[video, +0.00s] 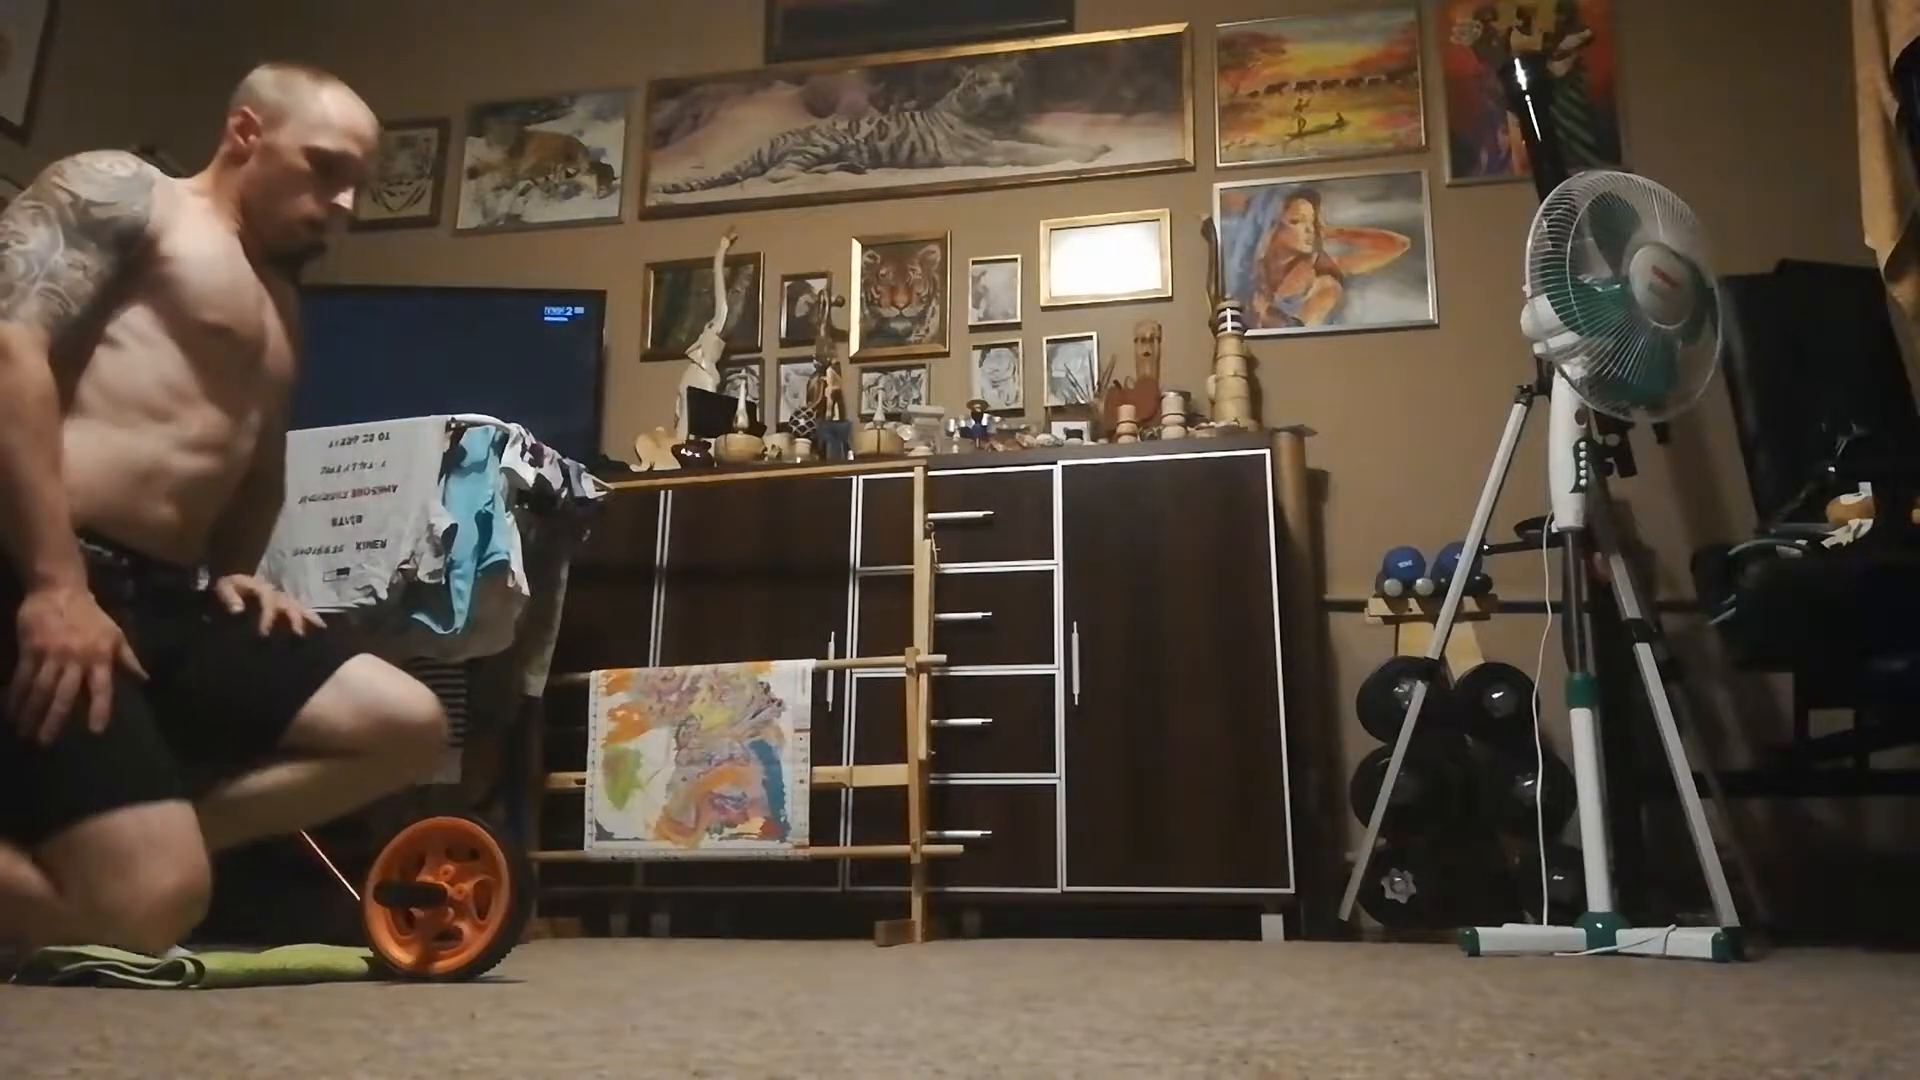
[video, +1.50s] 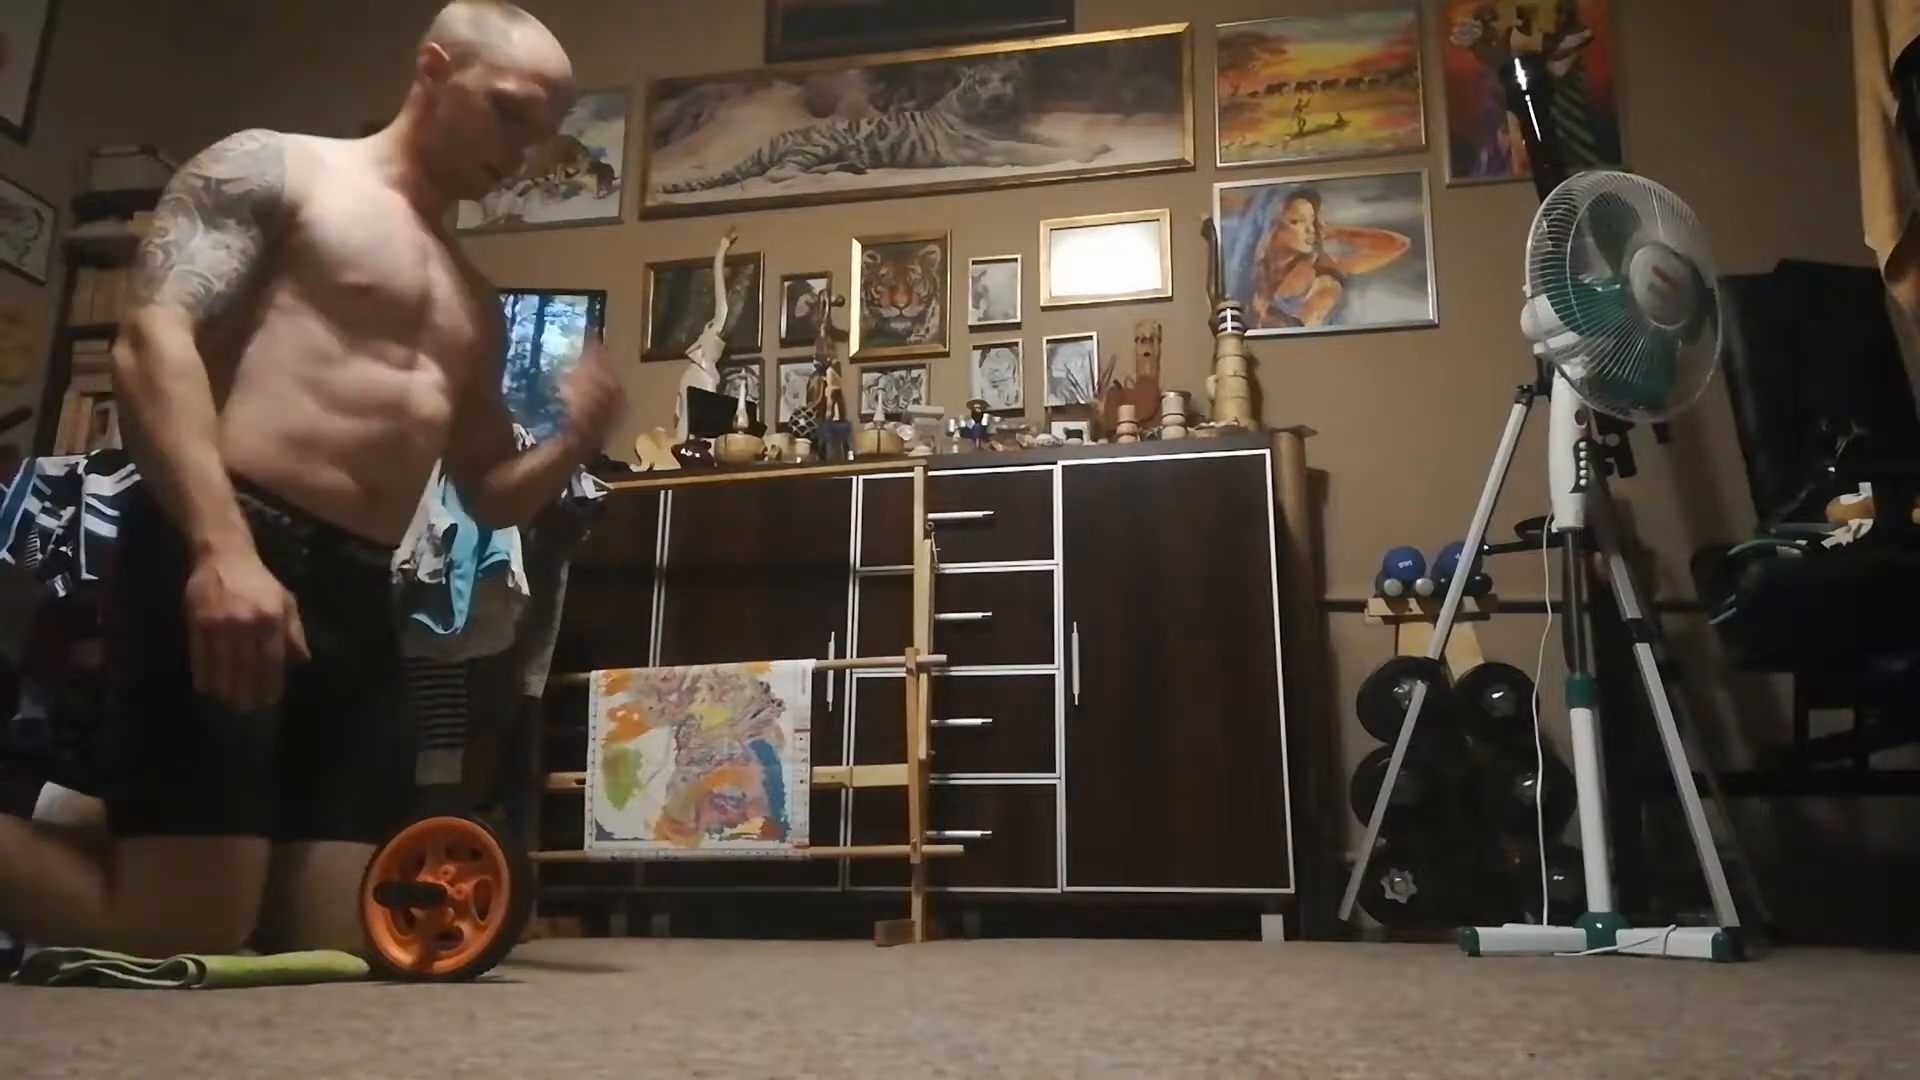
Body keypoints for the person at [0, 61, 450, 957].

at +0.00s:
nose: (345, 206)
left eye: (357, 188)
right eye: (326, 173)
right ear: (244, 136)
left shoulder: (278, 300)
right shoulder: (117, 191)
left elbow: (257, 464)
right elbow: (15, 347)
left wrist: (238, 569)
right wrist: (55, 584)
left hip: (175, 605)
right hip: (54, 583)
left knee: (404, 730)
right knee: (145, 903)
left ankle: (117, 851)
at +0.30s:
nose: (344, 107)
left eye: (357, 83)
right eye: (322, 67)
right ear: (235, 25)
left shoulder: (282, 238)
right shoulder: (90, 136)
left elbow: (255, 409)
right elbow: (11, 339)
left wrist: (301, 535)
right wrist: (64, 590)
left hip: (229, 563)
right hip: (99, 548)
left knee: (437, 735)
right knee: (152, 920)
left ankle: (163, 834)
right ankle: (18, 880)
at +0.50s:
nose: (341, 50)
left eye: (346, 26)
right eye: (325, 16)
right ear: (237, 7)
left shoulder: (305, 201)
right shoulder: (78, 109)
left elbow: (308, 393)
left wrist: (389, 540)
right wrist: (22, 577)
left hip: (266, 553)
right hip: (120, 540)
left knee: (363, 822)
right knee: (152, 923)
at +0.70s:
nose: (366, 50)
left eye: (372, 27)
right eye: (346, 18)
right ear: (263, 9)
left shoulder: (348, 211)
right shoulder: (111, 128)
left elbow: (378, 399)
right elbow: (15, 338)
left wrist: (472, 447)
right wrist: (12, 584)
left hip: (303, 563)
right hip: (152, 539)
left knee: (319, 922)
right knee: (145, 936)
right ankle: (0, 845)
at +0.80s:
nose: (393, 67)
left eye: (404, 46)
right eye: (369, 31)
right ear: (281, 13)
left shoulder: (377, 233)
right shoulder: (140, 144)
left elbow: (426, 428)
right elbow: (41, 344)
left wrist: (504, 392)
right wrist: (32, 579)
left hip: (317, 576)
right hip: (170, 542)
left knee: (321, 939)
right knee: (148, 937)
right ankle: (1, 844)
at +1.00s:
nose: (480, 123)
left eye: (494, 104)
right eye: (462, 88)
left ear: (499, 112)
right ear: (376, 47)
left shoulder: (443, 288)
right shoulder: (228, 164)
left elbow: (528, 437)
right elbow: (112, 335)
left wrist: (539, 277)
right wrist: (137, 544)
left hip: (357, 592)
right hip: (218, 545)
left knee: (328, 938)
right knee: (165, 925)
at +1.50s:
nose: (528, 155)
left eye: (544, 135)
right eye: (515, 116)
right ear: (436, 70)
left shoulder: (476, 305)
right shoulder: (270, 167)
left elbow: (496, 491)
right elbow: (152, 342)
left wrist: (576, 439)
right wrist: (222, 551)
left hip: (360, 598)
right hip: (221, 551)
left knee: (333, 933)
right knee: (190, 920)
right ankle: (13, 843)